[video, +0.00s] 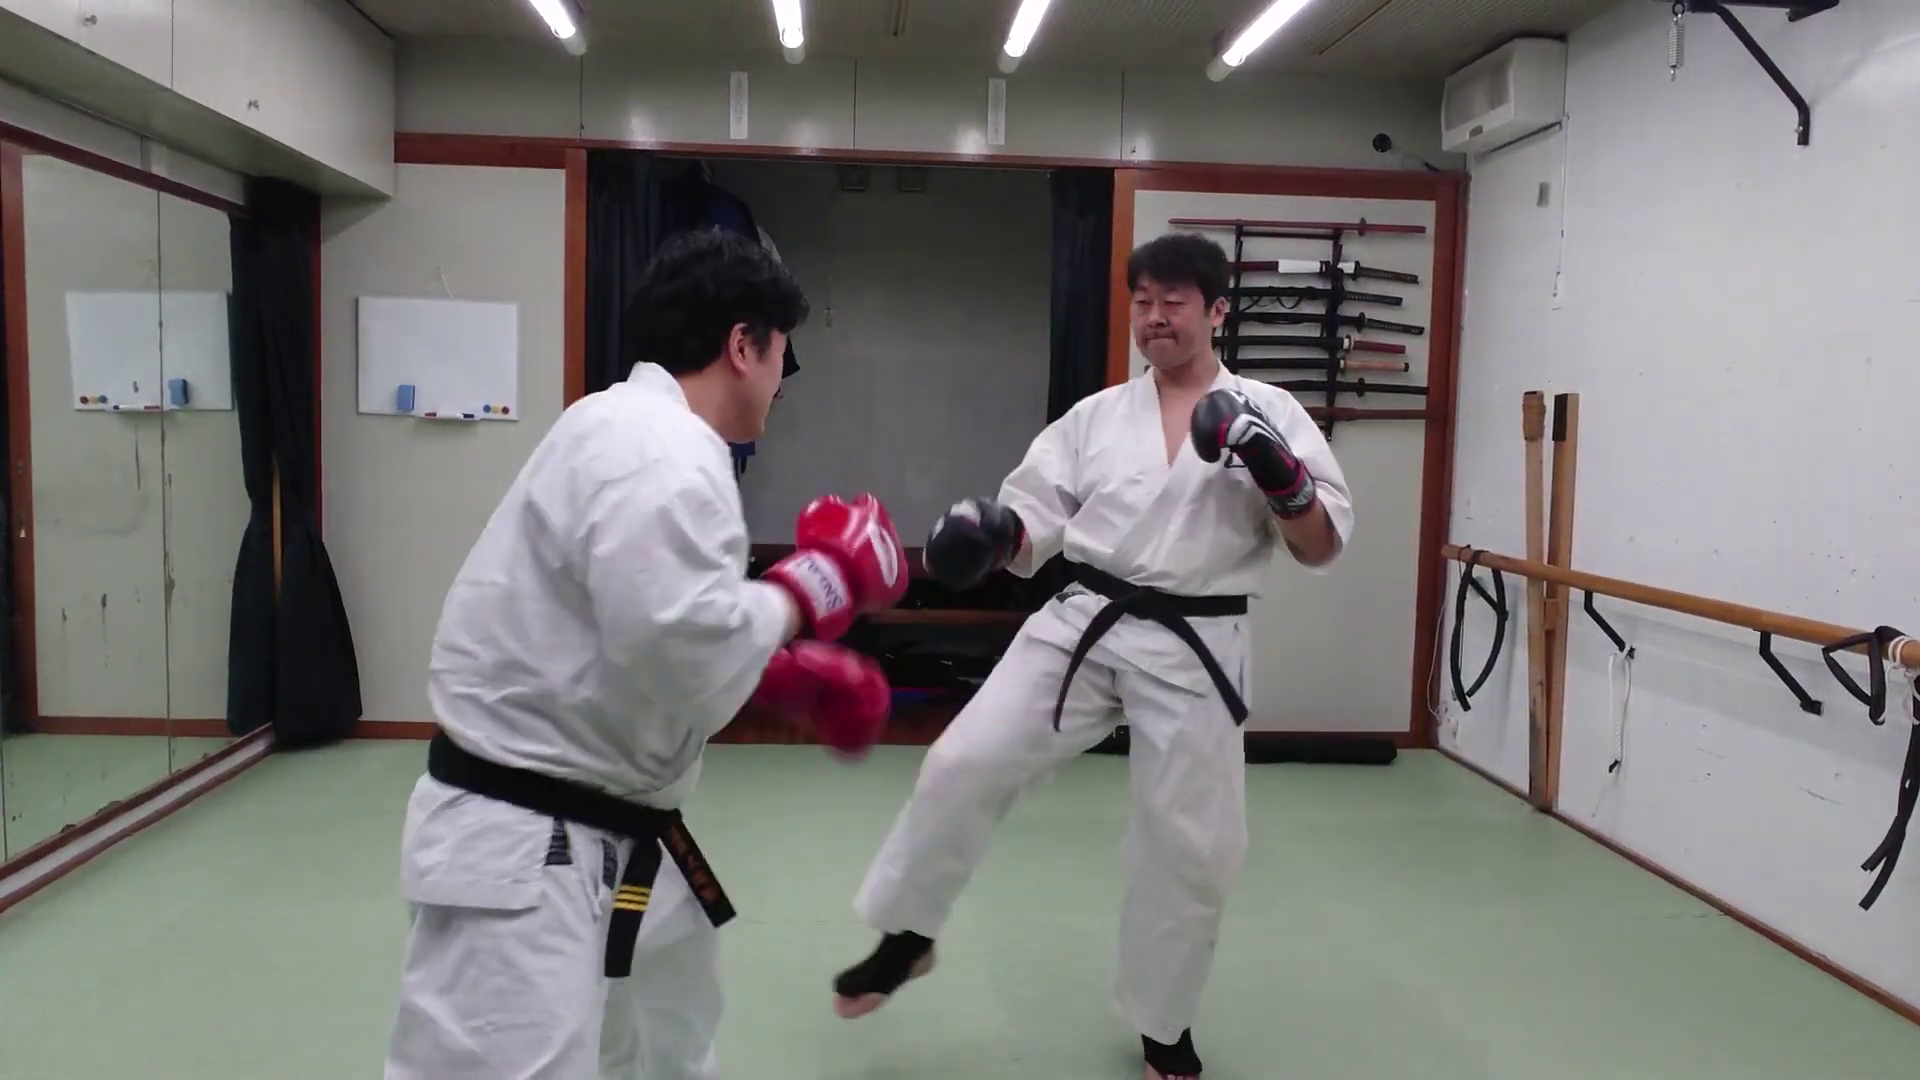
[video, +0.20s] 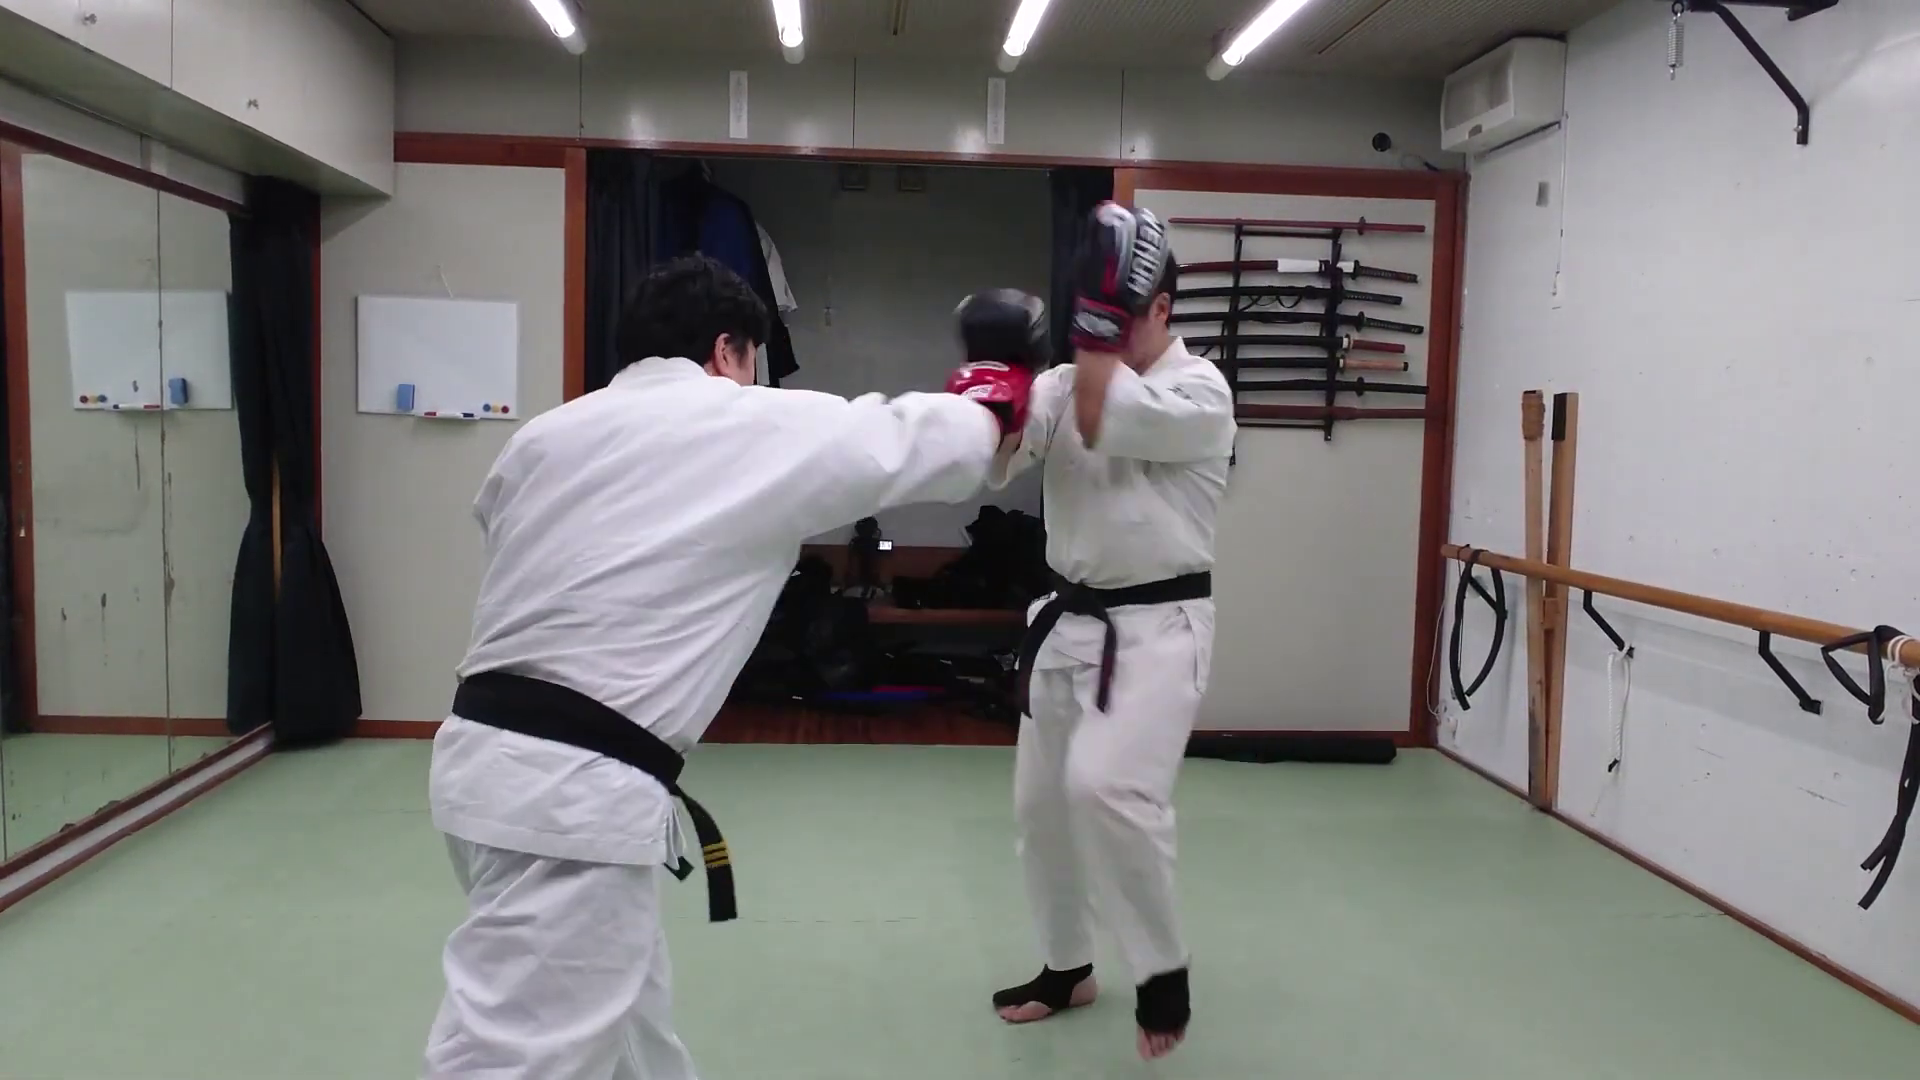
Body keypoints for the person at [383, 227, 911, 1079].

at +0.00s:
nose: (783, 383)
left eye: (787, 359)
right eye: (784, 357)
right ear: (741, 345)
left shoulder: (620, 428)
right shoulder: (659, 454)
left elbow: (641, 642)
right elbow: (684, 645)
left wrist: (780, 678)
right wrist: (818, 579)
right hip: (530, 844)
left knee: (674, 1002)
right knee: (504, 1061)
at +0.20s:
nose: (757, 381)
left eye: (756, 365)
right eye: (755, 362)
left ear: (633, 349)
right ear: (726, 354)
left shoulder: (543, 434)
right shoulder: (758, 426)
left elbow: (521, 589)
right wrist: (995, 404)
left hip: (469, 781)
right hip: (579, 802)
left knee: (636, 1044)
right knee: (499, 1061)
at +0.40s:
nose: (726, 344)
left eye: (723, 327)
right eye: (722, 325)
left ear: (596, 316)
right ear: (691, 317)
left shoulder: (506, 414)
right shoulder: (730, 392)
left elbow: (481, 585)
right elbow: (920, 473)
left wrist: (628, 705)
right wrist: (953, 427)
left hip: (469, 757)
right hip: (587, 766)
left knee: (634, 1035)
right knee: (538, 1047)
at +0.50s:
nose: (703, 315)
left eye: (702, 296)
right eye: (700, 293)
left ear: (575, 289)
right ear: (671, 289)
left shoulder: (489, 392)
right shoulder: (703, 378)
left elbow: (494, 546)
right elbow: (830, 552)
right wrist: (840, 459)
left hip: (459, 741)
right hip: (576, 750)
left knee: (621, 1031)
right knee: (552, 1039)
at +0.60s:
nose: (676, 307)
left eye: (676, 284)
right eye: (675, 283)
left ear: (548, 275)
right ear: (639, 277)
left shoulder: (452, 384)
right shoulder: (660, 377)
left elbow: (424, 560)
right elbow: (722, 559)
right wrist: (754, 457)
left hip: (445, 739)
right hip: (551, 755)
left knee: (619, 1025)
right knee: (524, 1044)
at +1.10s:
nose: (637, 292)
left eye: (639, 267)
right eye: (635, 264)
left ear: (520, 255)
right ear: (589, 258)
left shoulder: (437, 375)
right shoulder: (571, 365)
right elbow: (724, 521)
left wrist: (644, 391)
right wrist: (730, 409)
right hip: (490, 758)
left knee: (598, 1033)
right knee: (412, 1055)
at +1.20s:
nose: (679, 313)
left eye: (682, 288)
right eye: (678, 284)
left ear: (587, 267)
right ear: (633, 275)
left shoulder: (526, 360)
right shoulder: (573, 373)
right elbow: (698, 555)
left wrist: (693, 426)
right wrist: (726, 439)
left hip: (552, 747)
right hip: (462, 747)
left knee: (597, 1014)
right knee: (418, 1043)